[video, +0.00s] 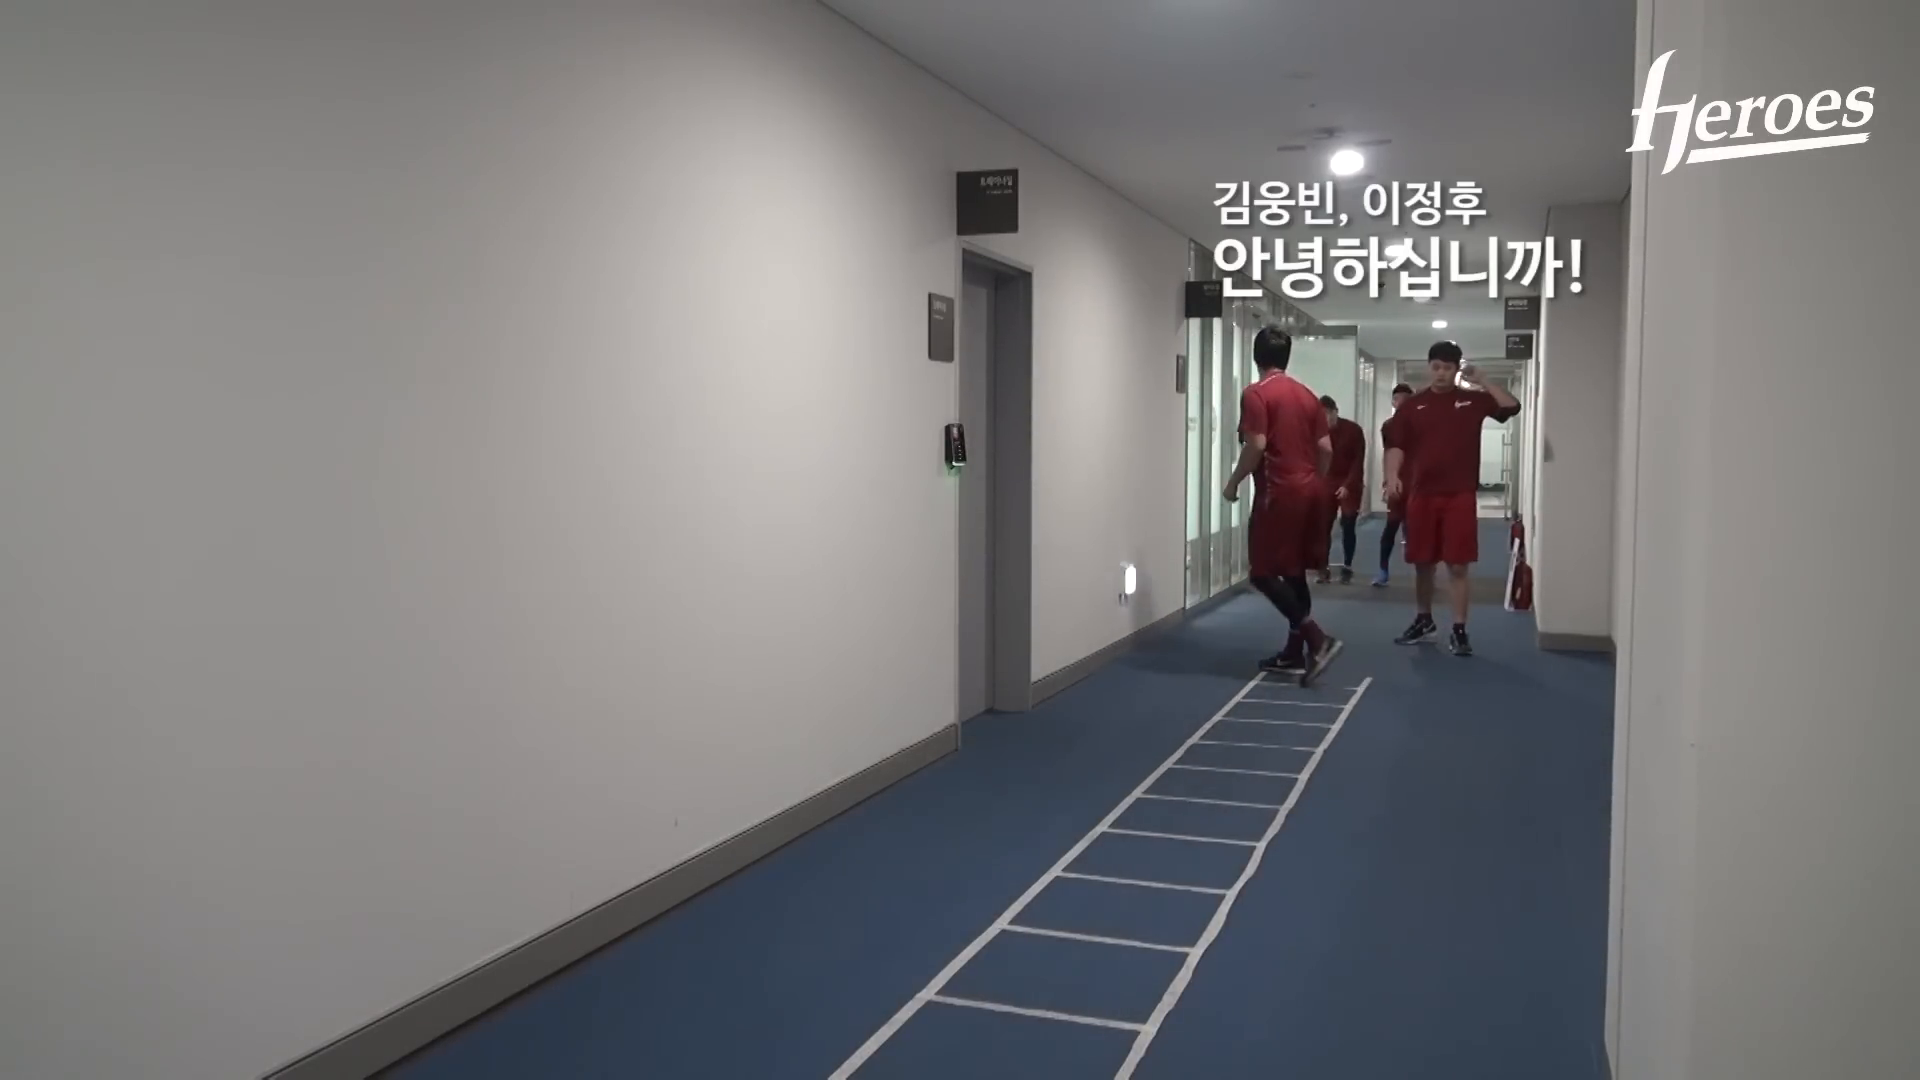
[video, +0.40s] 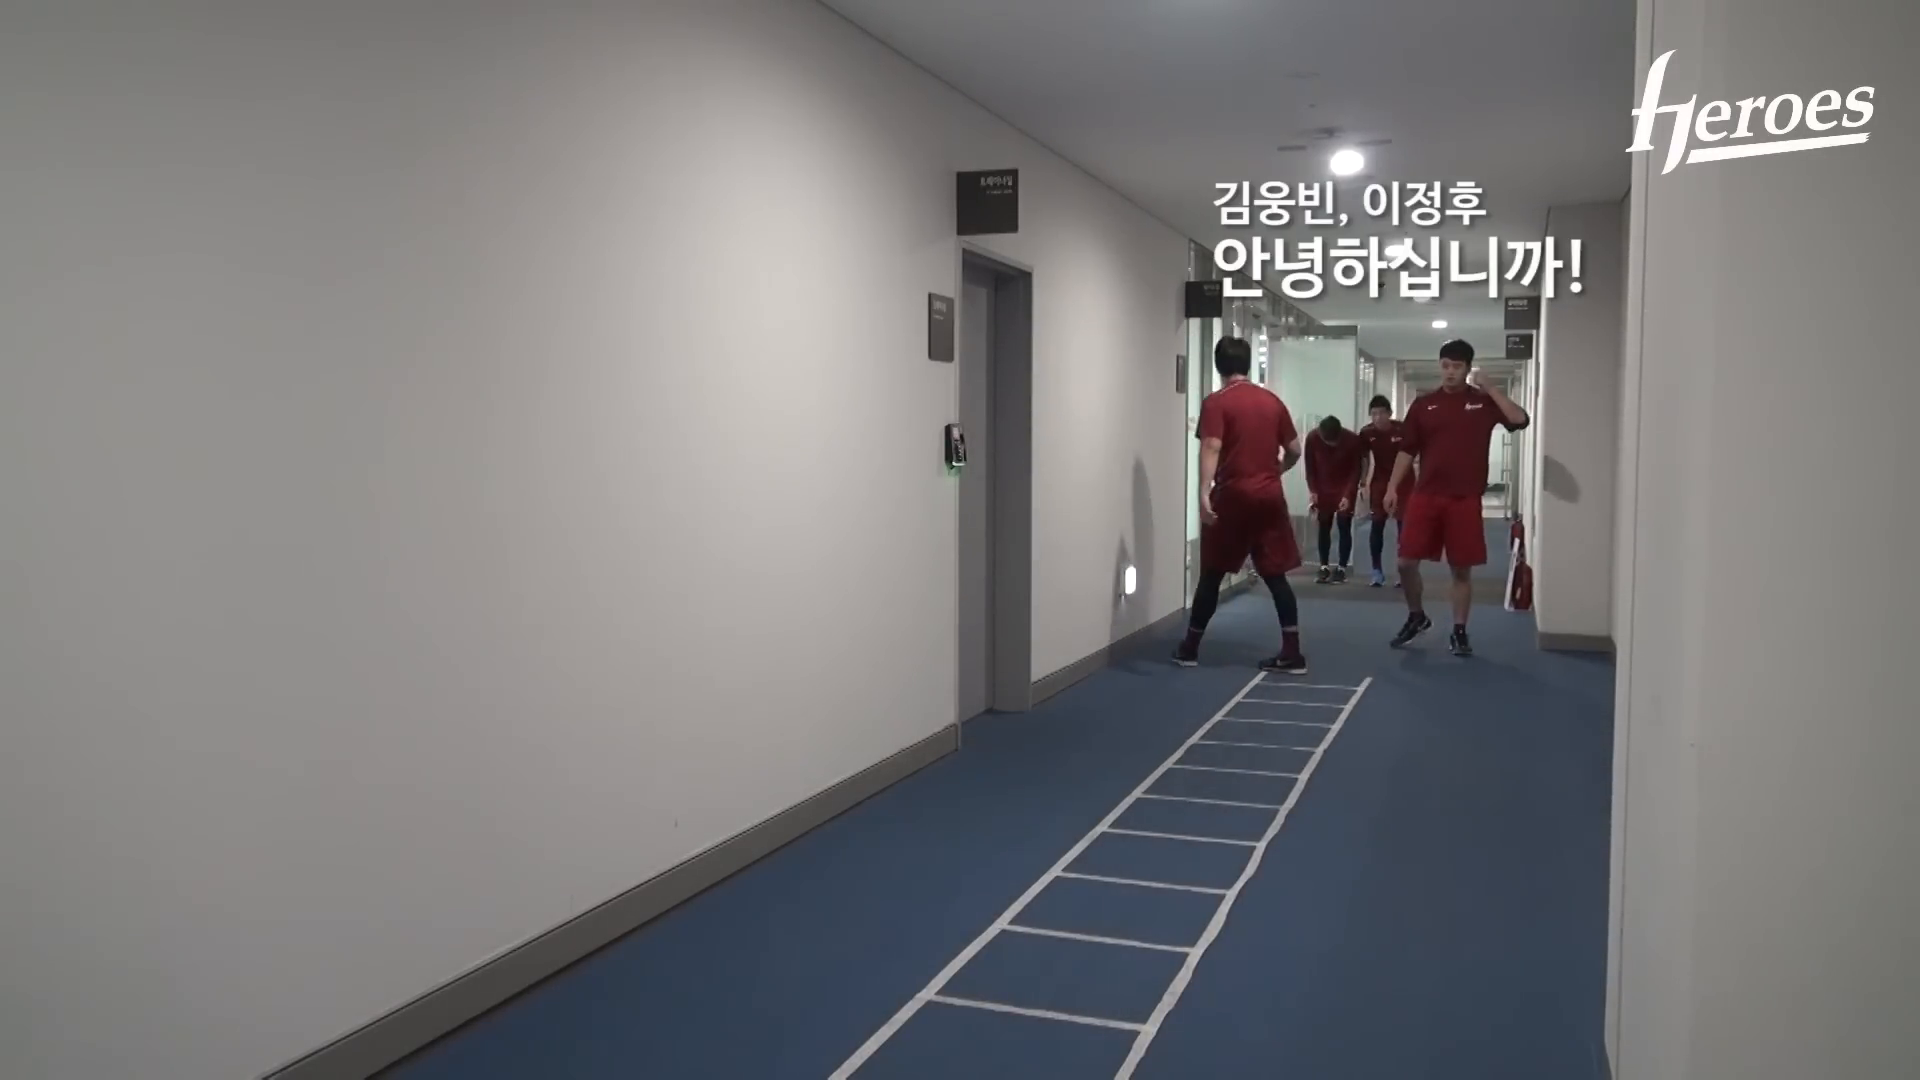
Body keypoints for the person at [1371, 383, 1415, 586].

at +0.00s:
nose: (1400, 403)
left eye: (1404, 398)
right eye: (1397, 398)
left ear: (1412, 400)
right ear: (1392, 401)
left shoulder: (1420, 422)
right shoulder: (1389, 426)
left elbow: (1424, 453)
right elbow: (1388, 455)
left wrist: (1422, 480)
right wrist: (1387, 481)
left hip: (1418, 483)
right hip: (1398, 483)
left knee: (1417, 527)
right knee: (1391, 526)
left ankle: (1424, 572)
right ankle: (1383, 569)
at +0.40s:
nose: (1377, 418)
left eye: (1381, 413)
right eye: (1374, 414)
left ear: (1390, 413)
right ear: (1370, 415)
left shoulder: (1403, 429)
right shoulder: (1366, 433)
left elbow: (1414, 457)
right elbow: (1364, 459)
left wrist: (1418, 484)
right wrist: (1362, 481)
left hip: (1403, 480)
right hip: (1380, 480)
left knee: (1403, 525)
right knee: (1377, 523)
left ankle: (1404, 572)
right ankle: (1377, 570)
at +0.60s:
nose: (1373, 443)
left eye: (1376, 438)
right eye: (1369, 439)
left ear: (1385, 435)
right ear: (1365, 437)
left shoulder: (1397, 444)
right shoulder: (1364, 446)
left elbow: (1406, 467)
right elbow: (1365, 467)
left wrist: (1403, 489)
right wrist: (1364, 486)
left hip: (1396, 485)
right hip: (1376, 485)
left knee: (1398, 527)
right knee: (1377, 524)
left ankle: (1395, 568)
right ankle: (1376, 569)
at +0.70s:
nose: (1373, 449)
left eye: (1377, 445)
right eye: (1369, 445)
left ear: (1385, 442)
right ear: (1365, 443)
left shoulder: (1394, 450)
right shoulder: (1362, 452)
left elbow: (1401, 472)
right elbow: (1365, 474)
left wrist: (1396, 494)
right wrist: (1368, 491)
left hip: (1395, 490)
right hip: (1375, 490)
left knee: (1397, 529)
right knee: (1377, 525)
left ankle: (1394, 569)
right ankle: (1376, 569)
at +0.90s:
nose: (1372, 441)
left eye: (1376, 437)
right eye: (1370, 436)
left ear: (1382, 438)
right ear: (1365, 437)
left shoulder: (1388, 451)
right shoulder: (1363, 451)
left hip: (1389, 498)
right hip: (1376, 498)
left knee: (1387, 533)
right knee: (1376, 532)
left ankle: (1387, 569)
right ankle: (1376, 568)